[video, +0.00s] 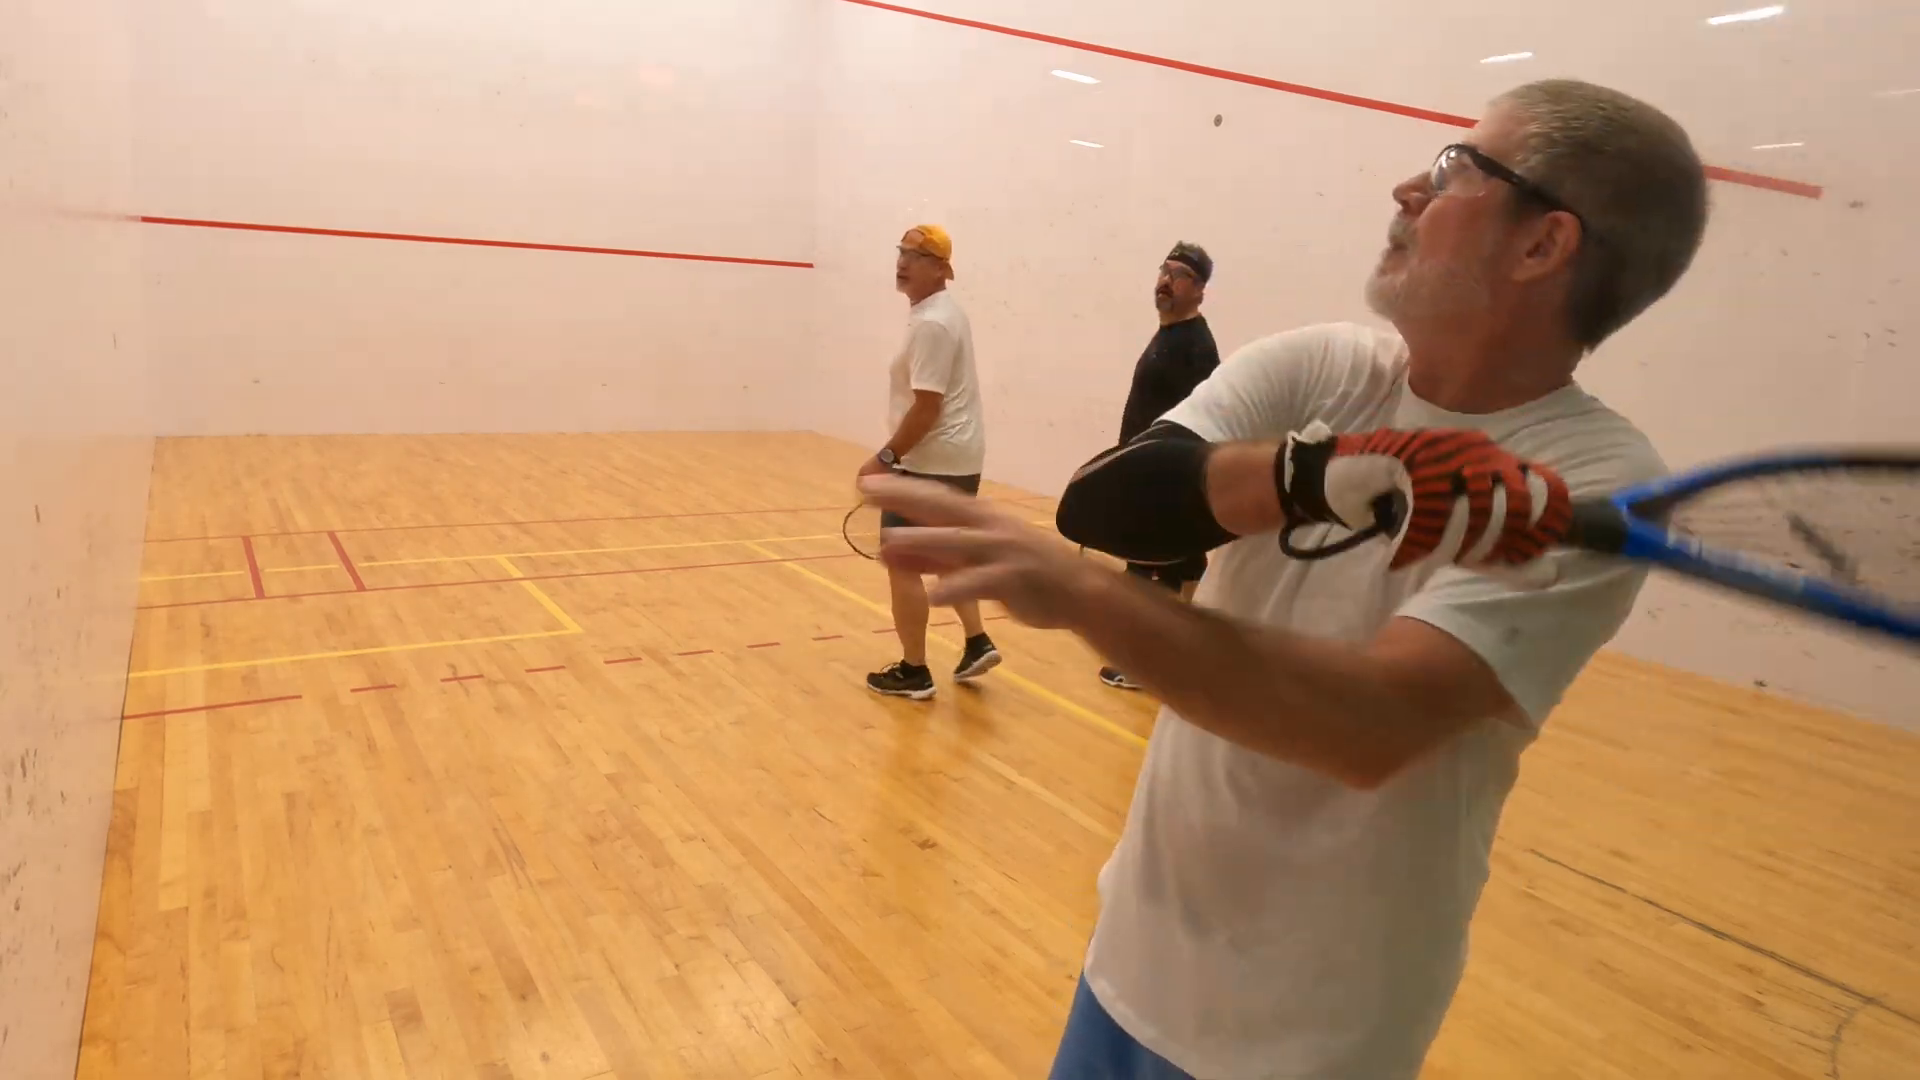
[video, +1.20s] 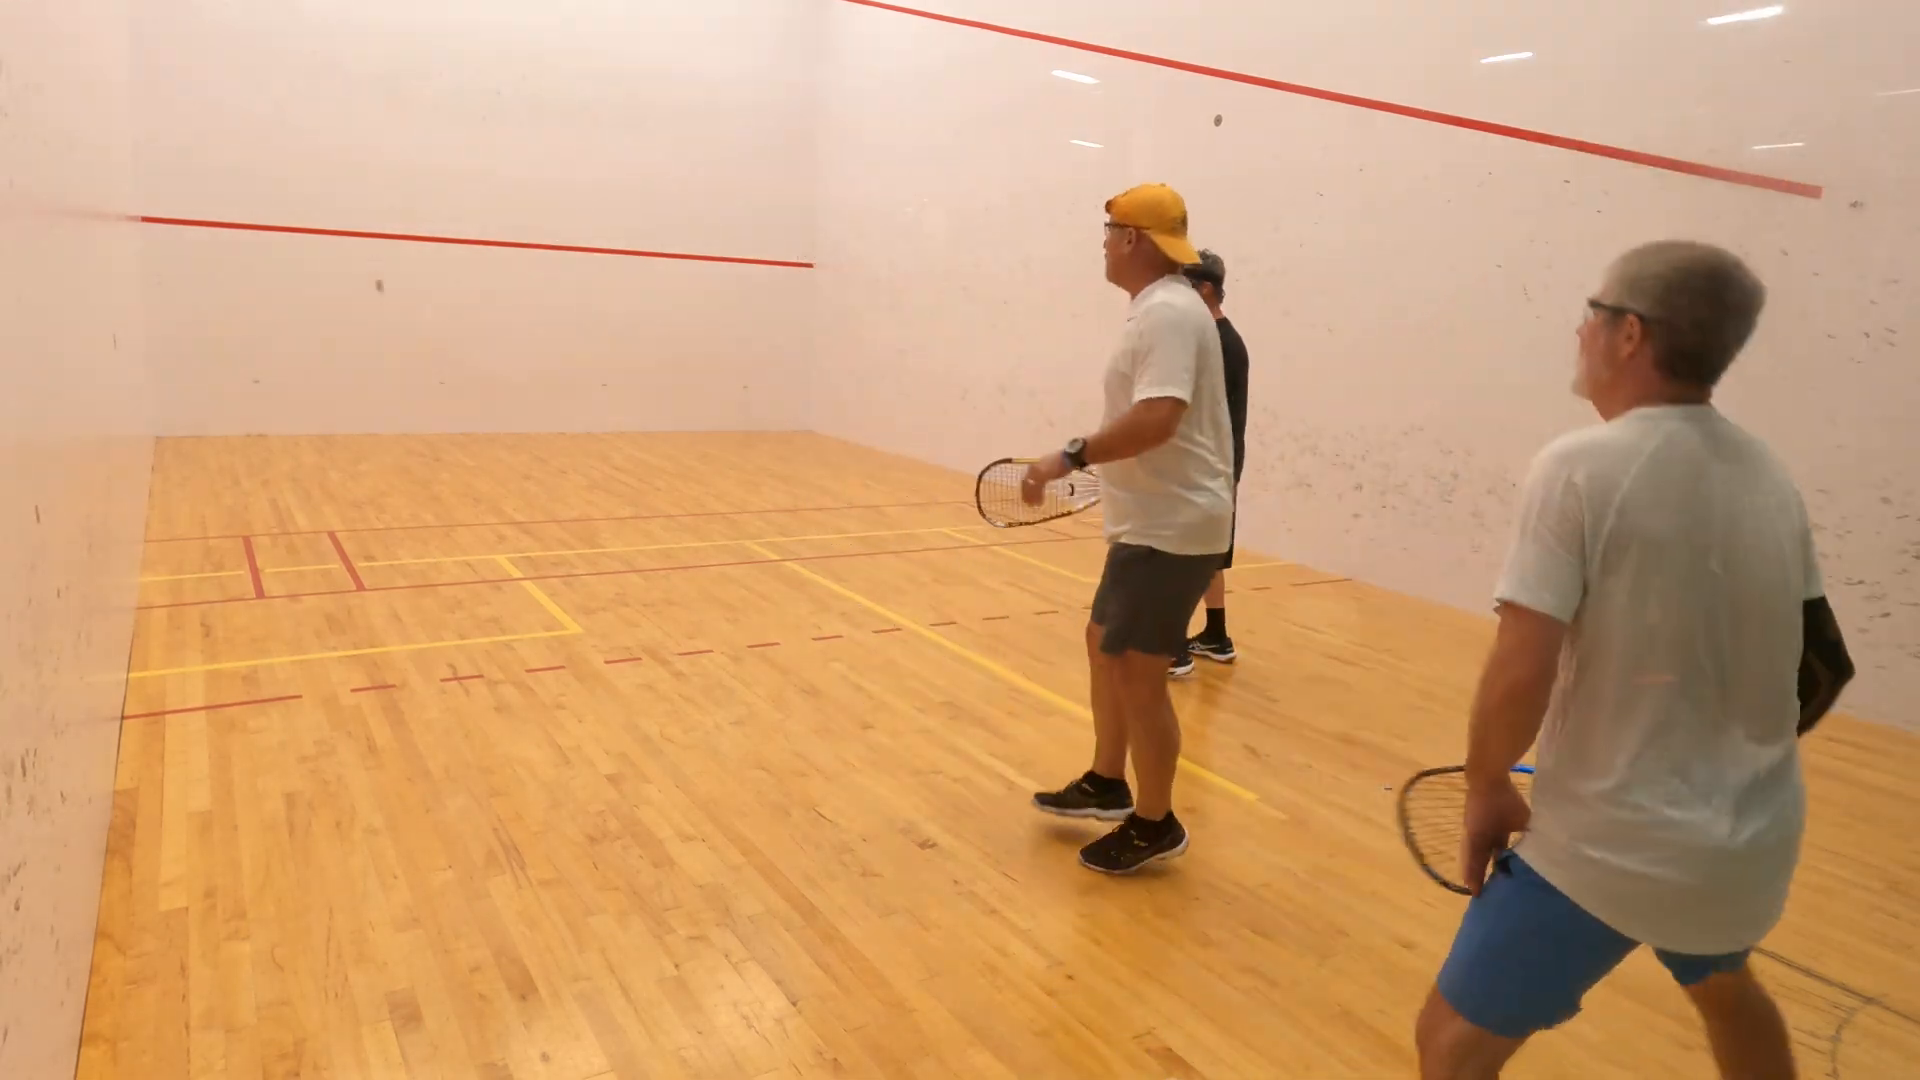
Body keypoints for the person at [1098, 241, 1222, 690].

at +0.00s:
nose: (1165, 282)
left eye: (1178, 276)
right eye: (1164, 272)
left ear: (1199, 290)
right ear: (1158, 279)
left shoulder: (1194, 344)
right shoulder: (1170, 331)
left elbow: (1197, 413)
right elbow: (1155, 402)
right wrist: (1128, 455)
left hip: (1170, 475)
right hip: (1150, 467)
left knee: (1149, 567)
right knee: (1178, 568)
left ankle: (1144, 659)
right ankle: (1144, 653)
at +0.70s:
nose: (1141, 279)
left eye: (1149, 275)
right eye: (1146, 273)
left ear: (1166, 288)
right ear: (1179, 291)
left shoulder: (1168, 343)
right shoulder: (1201, 339)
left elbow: (1160, 418)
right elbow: (1198, 415)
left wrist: (1111, 442)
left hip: (1157, 476)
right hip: (1191, 475)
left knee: (1143, 565)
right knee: (1190, 551)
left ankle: (1148, 664)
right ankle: (1206, 630)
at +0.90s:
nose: (1153, 290)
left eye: (1160, 285)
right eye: (1158, 283)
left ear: (1178, 295)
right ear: (1190, 297)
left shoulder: (1180, 351)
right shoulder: (1213, 344)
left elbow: (1174, 421)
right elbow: (1207, 419)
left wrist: (1147, 482)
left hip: (1178, 482)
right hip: (1206, 480)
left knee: (1147, 566)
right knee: (1197, 556)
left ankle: (1149, 663)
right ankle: (1214, 635)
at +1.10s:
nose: (1168, 294)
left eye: (1175, 287)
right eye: (1170, 286)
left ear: (1196, 292)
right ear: (1205, 293)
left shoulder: (1197, 344)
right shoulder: (1226, 339)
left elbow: (1204, 417)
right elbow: (1221, 413)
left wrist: (1183, 465)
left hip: (1194, 468)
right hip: (1220, 467)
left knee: (1161, 546)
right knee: (1210, 546)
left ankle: (1158, 649)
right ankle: (1216, 634)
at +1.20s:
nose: (1185, 294)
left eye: (1192, 286)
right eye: (1185, 285)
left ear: (1210, 290)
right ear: (1210, 289)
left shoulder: (1218, 339)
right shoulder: (1217, 334)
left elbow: (1217, 411)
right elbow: (1219, 409)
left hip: (1213, 465)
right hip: (1213, 462)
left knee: (1196, 551)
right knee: (1209, 550)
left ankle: (1173, 649)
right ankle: (1215, 635)